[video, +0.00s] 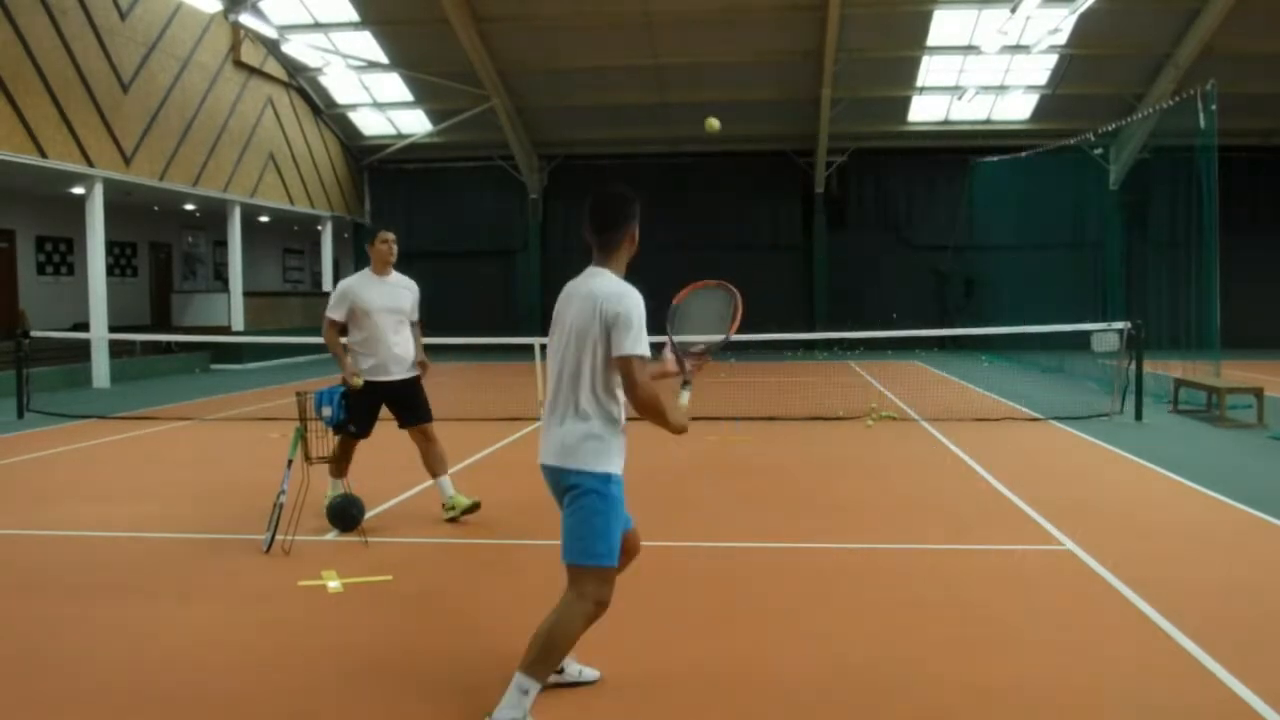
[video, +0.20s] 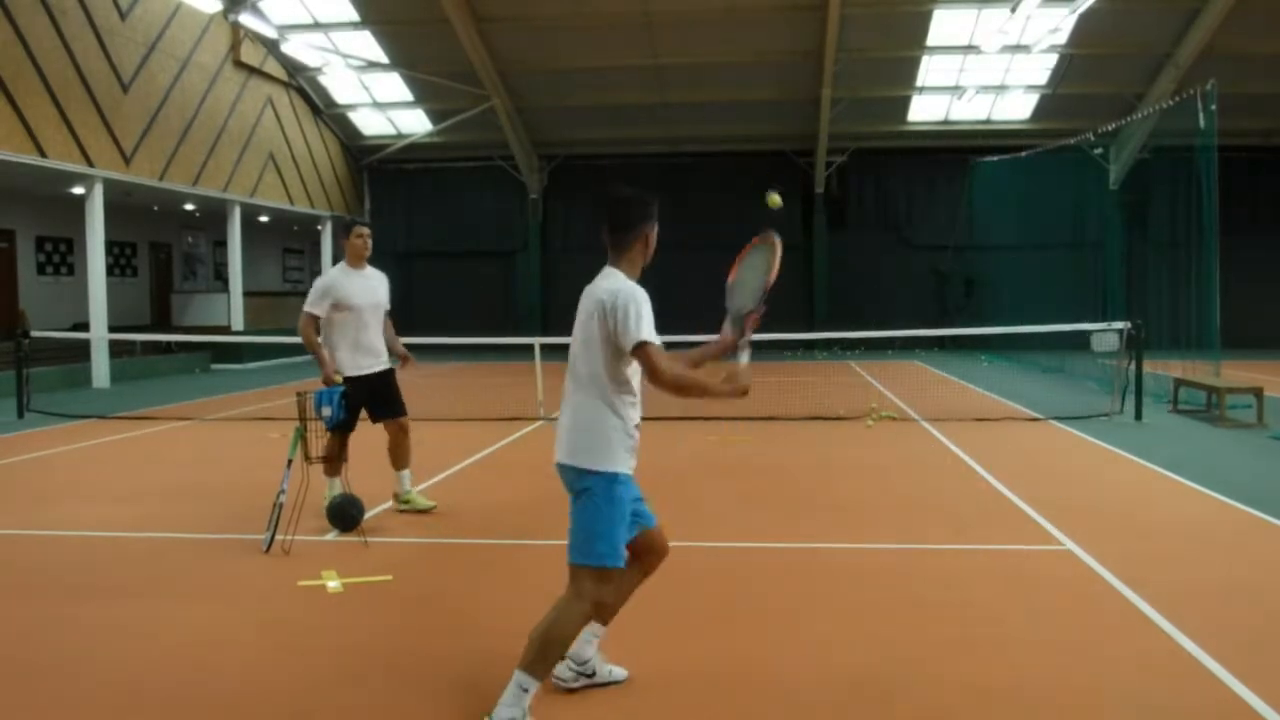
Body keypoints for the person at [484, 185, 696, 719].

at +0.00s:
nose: (638, 238)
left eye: (633, 230)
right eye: (637, 231)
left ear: (591, 235)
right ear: (632, 235)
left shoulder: (573, 291)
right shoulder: (623, 298)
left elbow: (597, 377)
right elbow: (639, 390)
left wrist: (663, 366)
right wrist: (673, 418)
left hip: (561, 456)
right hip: (592, 464)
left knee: (624, 544)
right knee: (588, 595)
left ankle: (553, 658)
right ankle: (511, 706)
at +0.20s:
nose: (656, 244)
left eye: (654, 236)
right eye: (656, 236)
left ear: (610, 238)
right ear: (649, 239)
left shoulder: (601, 290)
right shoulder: (626, 295)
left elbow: (653, 364)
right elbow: (668, 376)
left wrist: (718, 346)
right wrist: (724, 384)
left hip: (594, 458)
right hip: (599, 462)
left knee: (649, 548)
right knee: (591, 591)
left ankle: (578, 658)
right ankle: (509, 706)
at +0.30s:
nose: (673, 242)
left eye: (671, 234)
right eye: (673, 234)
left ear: (633, 235)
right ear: (663, 236)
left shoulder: (650, 292)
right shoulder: (627, 289)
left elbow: (701, 340)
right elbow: (670, 344)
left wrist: (755, 315)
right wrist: (748, 345)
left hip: (628, 454)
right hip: (609, 454)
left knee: (656, 556)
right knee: (622, 578)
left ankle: (575, 657)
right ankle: (524, 695)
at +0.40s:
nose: (698, 245)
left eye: (698, 238)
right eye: (697, 236)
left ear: (672, 239)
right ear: (684, 237)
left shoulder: (684, 289)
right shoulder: (643, 288)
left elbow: (745, 328)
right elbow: (708, 318)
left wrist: (771, 294)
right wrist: (767, 298)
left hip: (640, 447)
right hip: (628, 448)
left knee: (655, 563)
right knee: (673, 570)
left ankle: (583, 653)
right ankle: (577, 671)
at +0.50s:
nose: (730, 235)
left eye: (730, 229)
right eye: (727, 227)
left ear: (704, 227)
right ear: (710, 224)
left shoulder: (719, 277)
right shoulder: (671, 266)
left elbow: (777, 306)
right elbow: (666, 291)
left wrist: (824, 273)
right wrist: (741, 272)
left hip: (665, 428)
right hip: (654, 428)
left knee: (662, 552)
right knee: (718, 538)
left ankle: (579, 651)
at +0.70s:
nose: (791, 254)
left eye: (792, 247)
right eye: (789, 246)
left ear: (765, 242)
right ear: (773, 242)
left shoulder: (781, 285)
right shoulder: (726, 279)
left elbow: (838, 313)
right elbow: (696, 312)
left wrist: (903, 311)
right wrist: (749, 298)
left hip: (727, 429)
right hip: (712, 431)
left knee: (756, 524)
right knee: (795, 530)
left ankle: (656, 590)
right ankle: (786, 656)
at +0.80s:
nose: (806, 261)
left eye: (806, 253)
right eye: (802, 253)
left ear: (798, 255)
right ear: (786, 253)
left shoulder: (804, 299)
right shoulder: (745, 298)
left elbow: (863, 329)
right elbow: (730, 344)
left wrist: (934, 341)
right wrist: (761, 344)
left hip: (747, 434)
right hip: (727, 437)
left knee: (776, 518)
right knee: (813, 531)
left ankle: (724, 598)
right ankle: (787, 655)